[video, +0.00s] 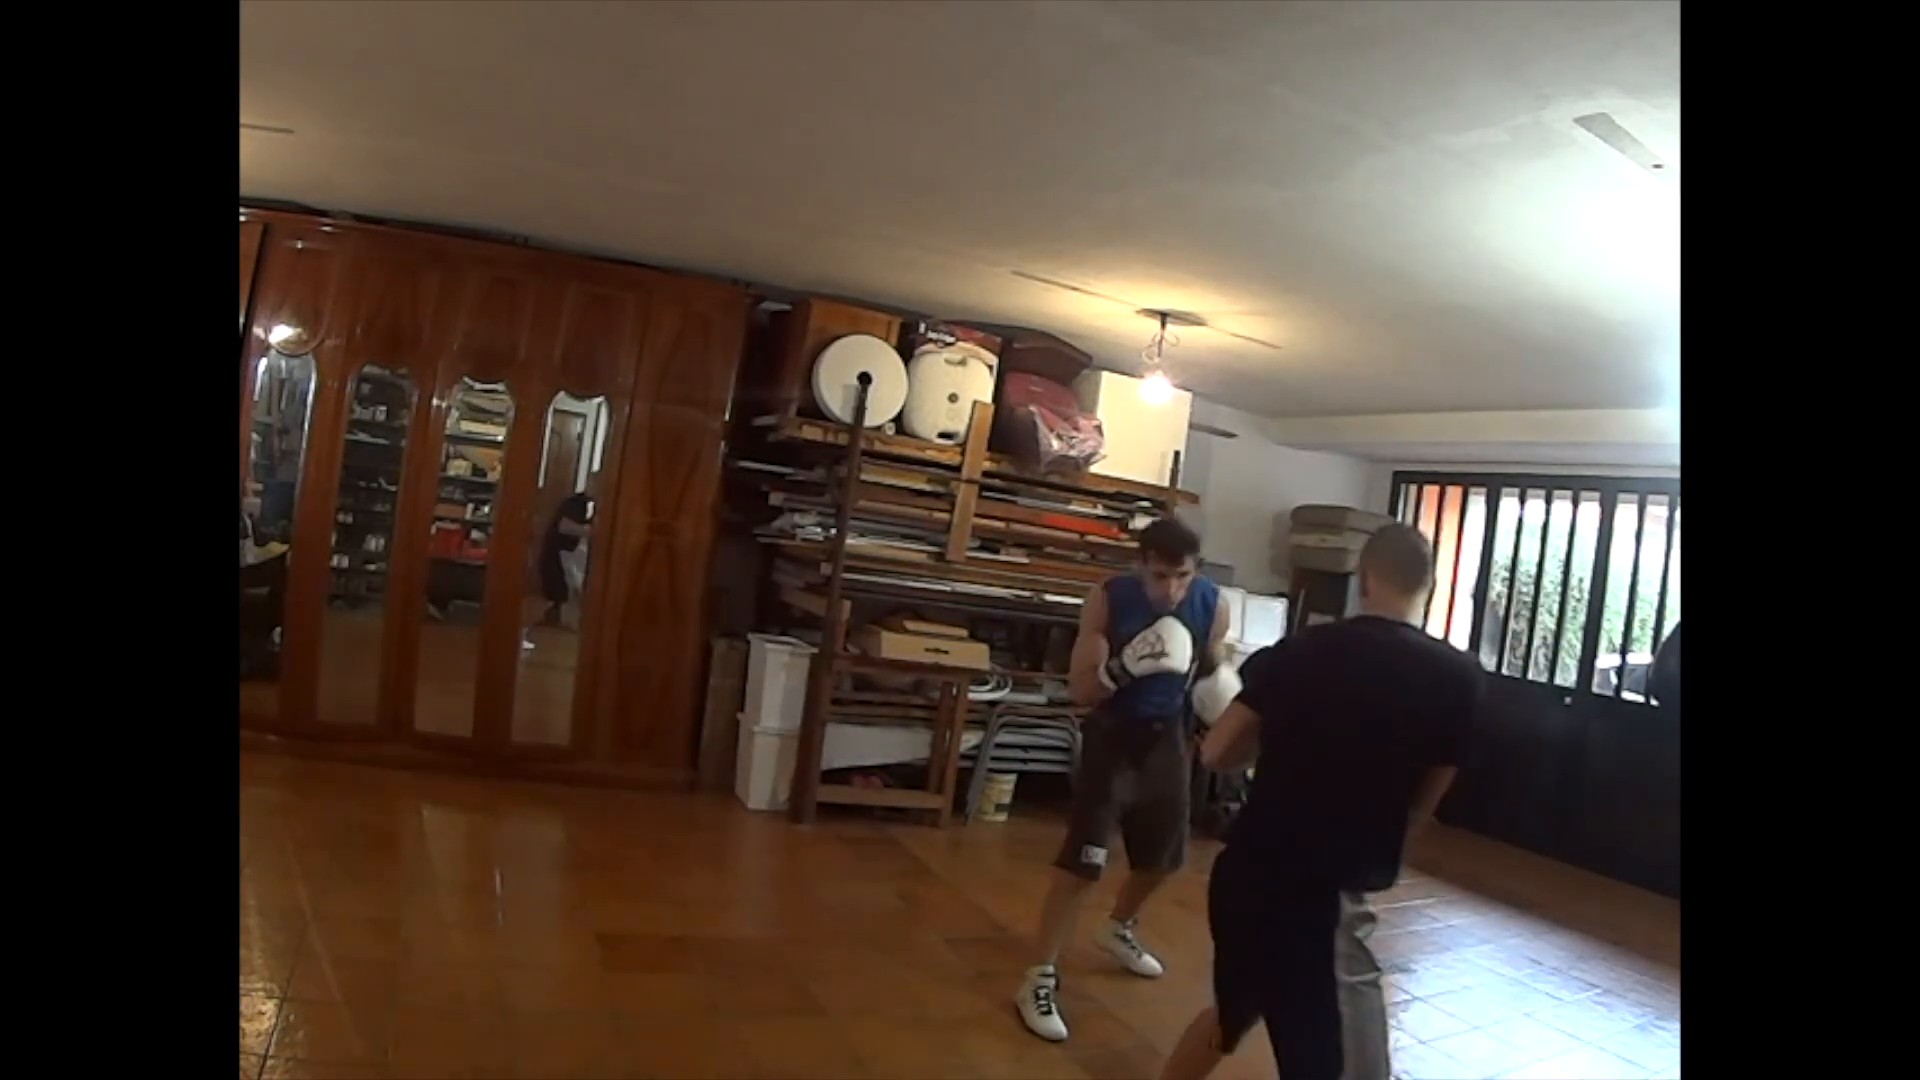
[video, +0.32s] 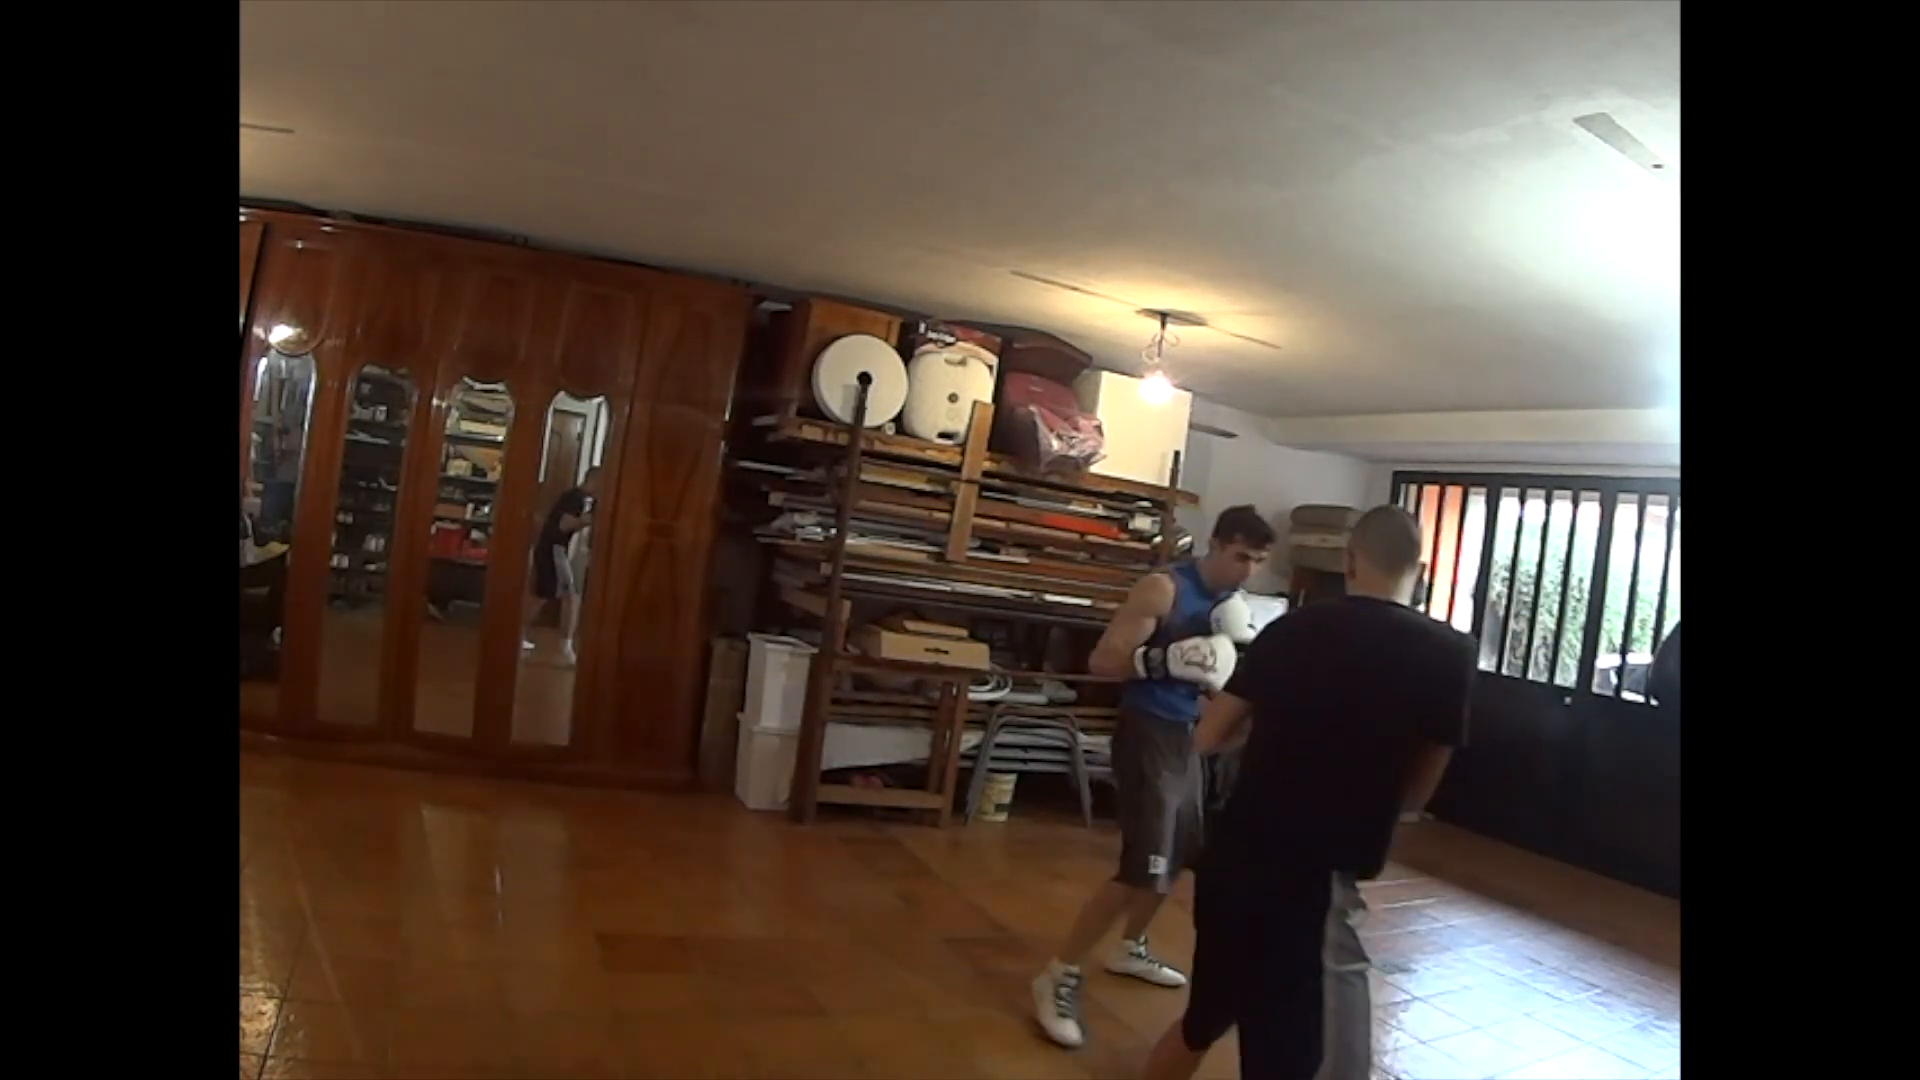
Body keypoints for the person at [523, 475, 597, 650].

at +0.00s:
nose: (599, 489)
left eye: (600, 484)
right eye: (598, 484)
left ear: (595, 485)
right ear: (591, 484)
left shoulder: (585, 505)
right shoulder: (576, 503)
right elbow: (565, 526)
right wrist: (589, 530)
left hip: (565, 553)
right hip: (555, 553)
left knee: (553, 595)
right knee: (552, 595)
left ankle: (524, 631)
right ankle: (522, 632)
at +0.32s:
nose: (599, 488)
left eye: (600, 483)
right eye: (598, 482)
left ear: (591, 481)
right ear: (591, 480)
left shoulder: (576, 498)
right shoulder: (575, 497)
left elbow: (567, 523)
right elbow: (565, 524)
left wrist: (586, 520)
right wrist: (588, 520)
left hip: (551, 546)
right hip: (553, 547)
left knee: (541, 593)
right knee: (570, 595)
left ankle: (520, 633)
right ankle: (566, 643)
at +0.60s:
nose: (601, 486)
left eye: (601, 481)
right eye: (600, 481)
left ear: (590, 479)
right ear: (593, 479)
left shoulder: (575, 496)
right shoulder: (577, 496)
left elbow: (569, 521)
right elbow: (566, 523)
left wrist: (587, 520)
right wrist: (590, 521)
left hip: (558, 547)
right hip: (555, 547)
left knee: (536, 593)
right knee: (570, 595)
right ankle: (566, 644)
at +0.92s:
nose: (586, 481)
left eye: (587, 478)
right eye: (583, 477)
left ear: (584, 480)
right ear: (574, 477)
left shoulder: (579, 499)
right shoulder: (563, 494)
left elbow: (588, 515)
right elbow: (555, 517)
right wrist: (579, 516)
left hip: (560, 547)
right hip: (550, 545)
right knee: (564, 595)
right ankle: (565, 644)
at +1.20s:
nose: (588, 491)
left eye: (589, 488)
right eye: (586, 487)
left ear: (584, 488)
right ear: (575, 484)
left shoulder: (579, 505)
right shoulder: (559, 500)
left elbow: (590, 522)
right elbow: (552, 525)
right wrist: (576, 527)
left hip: (559, 551)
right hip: (546, 549)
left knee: (535, 593)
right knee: (562, 596)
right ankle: (562, 646)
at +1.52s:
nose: (575, 489)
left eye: (577, 485)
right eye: (572, 484)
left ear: (576, 487)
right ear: (561, 482)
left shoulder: (573, 504)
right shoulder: (550, 498)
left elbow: (582, 523)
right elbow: (540, 521)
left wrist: (577, 524)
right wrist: (563, 526)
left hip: (553, 550)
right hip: (538, 547)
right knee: (555, 594)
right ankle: (557, 646)